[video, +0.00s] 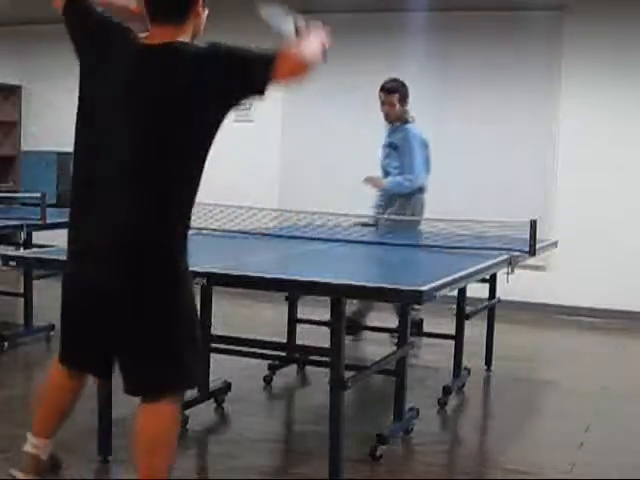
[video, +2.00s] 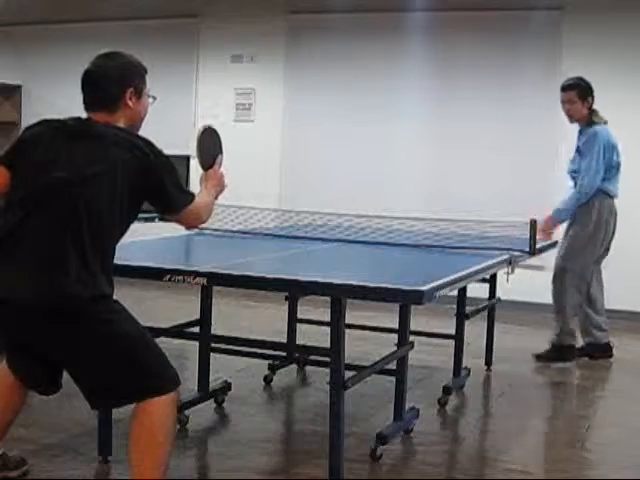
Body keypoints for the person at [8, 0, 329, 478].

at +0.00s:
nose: (205, 13)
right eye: (204, 8)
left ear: (142, 12)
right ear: (200, 12)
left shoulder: (105, 46)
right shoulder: (212, 65)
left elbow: (66, 1)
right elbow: (294, 62)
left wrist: (122, 11)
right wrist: (312, 38)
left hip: (89, 246)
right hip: (155, 254)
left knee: (72, 359)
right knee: (161, 389)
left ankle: (32, 458)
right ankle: (150, 474)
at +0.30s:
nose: (165, 59)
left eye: (164, 51)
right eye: (166, 51)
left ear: (111, 51)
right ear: (158, 54)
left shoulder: (78, 93)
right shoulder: (165, 103)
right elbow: (246, 98)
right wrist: (266, 54)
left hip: (36, 262)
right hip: (99, 272)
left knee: (40, 354)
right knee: (165, 387)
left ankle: (1, 442)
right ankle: (147, 473)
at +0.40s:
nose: (151, 100)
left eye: (151, 92)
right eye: (151, 92)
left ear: (97, 91)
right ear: (141, 94)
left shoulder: (58, 135)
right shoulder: (144, 146)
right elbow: (222, 167)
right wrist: (231, 127)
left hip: (21, 292)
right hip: (86, 302)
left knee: (30, 364)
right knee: (167, 389)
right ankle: (150, 475)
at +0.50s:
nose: (147, 123)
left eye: (147, 114)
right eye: (147, 114)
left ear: (92, 111)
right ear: (135, 114)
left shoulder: (46, 147)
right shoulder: (142, 167)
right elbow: (199, 218)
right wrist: (207, 185)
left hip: (12, 296)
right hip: (77, 305)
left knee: (26, 366)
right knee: (165, 392)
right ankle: (148, 474)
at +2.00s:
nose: (147, 107)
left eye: (148, 98)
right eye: (146, 97)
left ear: (89, 96)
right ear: (130, 98)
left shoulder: (39, 134)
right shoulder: (139, 154)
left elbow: (1, 183)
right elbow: (192, 217)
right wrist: (211, 189)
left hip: (10, 288)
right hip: (75, 296)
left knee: (17, 366)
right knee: (159, 389)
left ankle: (0, 455)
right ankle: (147, 473)